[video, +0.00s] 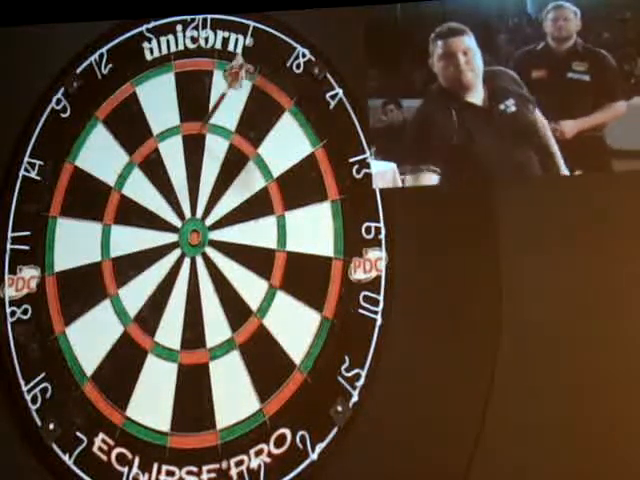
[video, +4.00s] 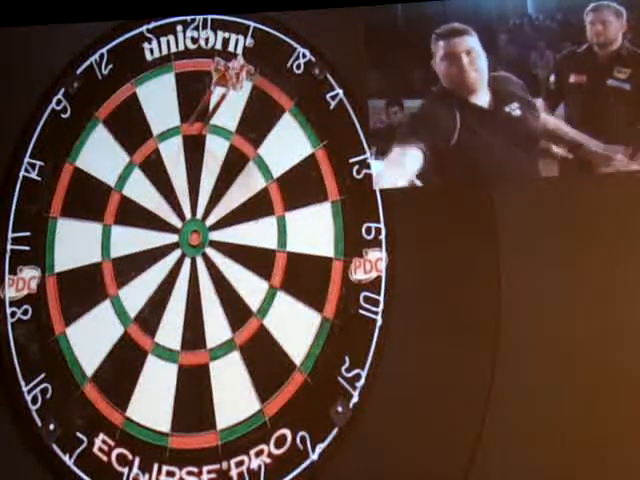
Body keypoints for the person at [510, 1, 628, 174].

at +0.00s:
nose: (560, 24)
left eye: (566, 19)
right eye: (554, 19)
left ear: (578, 24)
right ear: (544, 25)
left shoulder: (598, 60)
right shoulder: (525, 60)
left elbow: (619, 106)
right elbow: (512, 104)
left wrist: (576, 125)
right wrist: (541, 127)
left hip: (588, 154)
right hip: (538, 153)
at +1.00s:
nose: (573, 23)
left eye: (581, 18)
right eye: (569, 19)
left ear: (600, 23)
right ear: (564, 23)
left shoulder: (624, 60)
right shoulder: (548, 59)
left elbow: (636, 107)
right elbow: (529, 100)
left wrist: (601, 119)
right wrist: (544, 117)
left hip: (610, 160)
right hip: (560, 159)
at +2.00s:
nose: (577, 35)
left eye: (583, 28)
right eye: (575, 29)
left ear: (605, 27)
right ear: (571, 29)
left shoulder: (632, 60)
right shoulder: (569, 62)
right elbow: (531, 90)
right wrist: (556, 55)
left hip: (622, 160)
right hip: (576, 159)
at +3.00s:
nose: (597, 31)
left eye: (604, 25)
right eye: (591, 26)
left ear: (622, 26)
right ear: (586, 30)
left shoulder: (635, 62)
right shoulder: (570, 61)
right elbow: (547, 100)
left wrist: (638, 159)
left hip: (624, 159)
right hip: (579, 160)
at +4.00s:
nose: (597, 29)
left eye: (604, 23)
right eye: (592, 23)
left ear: (623, 26)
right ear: (586, 28)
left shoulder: (635, 62)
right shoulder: (569, 61)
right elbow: (546, 105)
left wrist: (633, 154)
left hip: (626, 168)